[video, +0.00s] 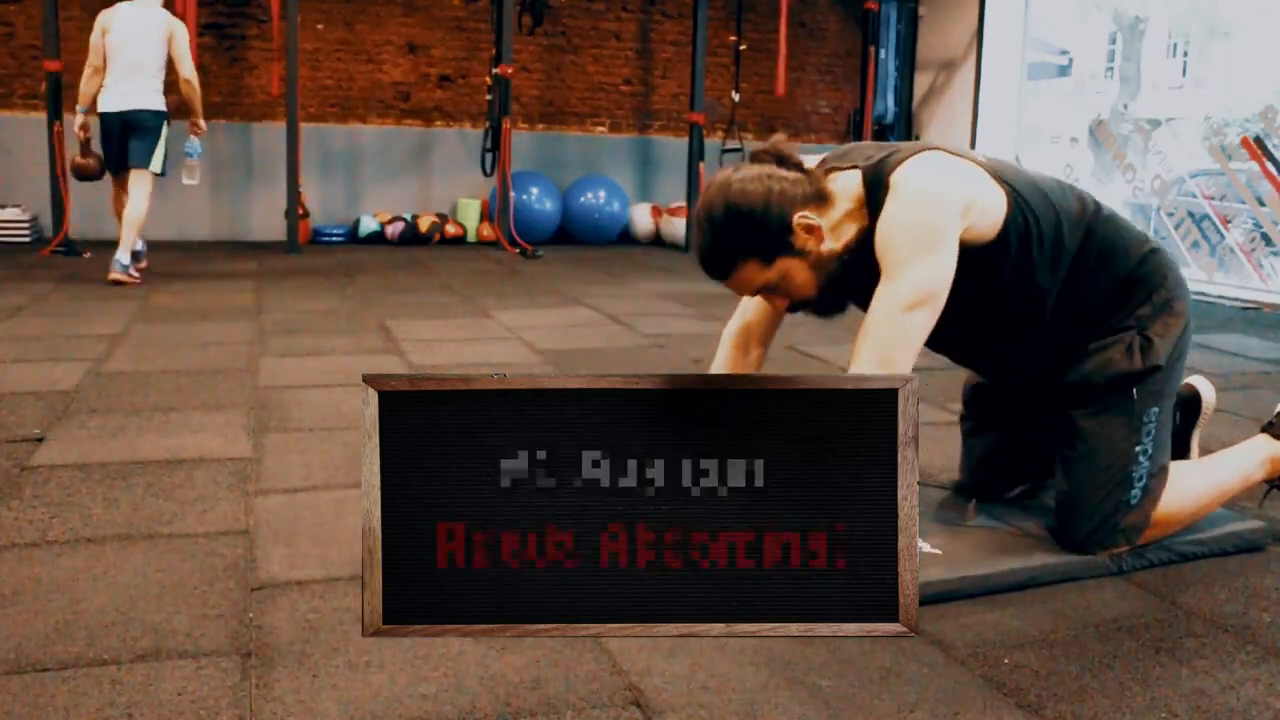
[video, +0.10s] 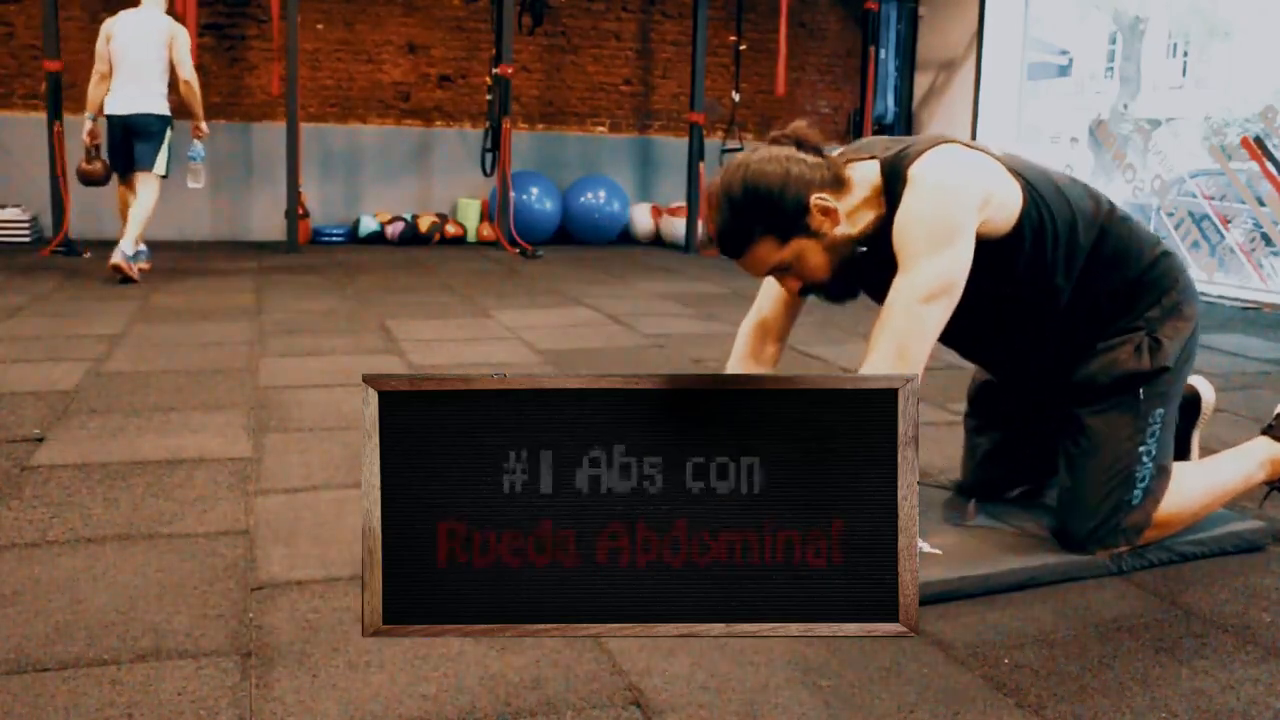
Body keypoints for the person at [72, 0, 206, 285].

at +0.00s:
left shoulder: (105, 17)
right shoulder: (172, 23)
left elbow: (94, 68)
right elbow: (187, 76)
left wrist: (81, 112)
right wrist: (197, 116)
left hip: (110, 111)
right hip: (149, 110)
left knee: (120, 186)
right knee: (140, 189)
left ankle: (135, 247)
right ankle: (121, 261)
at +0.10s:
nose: (168, 8)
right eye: (169, 6)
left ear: (139, 1)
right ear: (165, 4)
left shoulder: (111, 24)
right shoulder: (175, 29)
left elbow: (100, 74)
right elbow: (186, 79)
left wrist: (90, 118)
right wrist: (199, 119)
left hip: (116, 113)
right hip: (153, 114)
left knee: (125, 184)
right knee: (148, 186)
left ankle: (138, 250)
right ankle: (124, 250)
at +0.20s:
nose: (167, 7)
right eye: (168, 5)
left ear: (141, 2)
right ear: (167, 4)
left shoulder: (116, 28)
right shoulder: (178, 29)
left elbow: (107, 78)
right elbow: (189, 78)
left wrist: (98, 122)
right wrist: (201, 118)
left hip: (121, 115)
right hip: (158, 116)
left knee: (129, 184)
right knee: (163, 187)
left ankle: (138, 248)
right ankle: (135, 231)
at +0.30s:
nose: (170, 6)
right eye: (170, 4)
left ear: (144, 2)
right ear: (169, 3)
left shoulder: (119, 27)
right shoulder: (180, 27)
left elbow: (111, 78)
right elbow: (195, 73)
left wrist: (104, 121)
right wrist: (207, 113)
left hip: (128, 113)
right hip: (166, 113)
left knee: (133, 179)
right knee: (173, 179)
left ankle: (139, 252)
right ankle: (149, 226)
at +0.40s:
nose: (174, 6)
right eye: (175, 4)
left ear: (148, 2)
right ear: (174, 3)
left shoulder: (124, 27)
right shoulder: (186, 28)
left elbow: (117, 78)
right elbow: (202, 73)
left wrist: (111, 119)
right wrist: (213, 111)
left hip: (134, 112)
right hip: (173, 112)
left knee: (136, 179)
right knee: (181, 176)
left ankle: (140, 250)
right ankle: (167, 239)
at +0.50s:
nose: (180, 7)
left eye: (175, 5)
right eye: (181, 5)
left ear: (156, 5)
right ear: (182, 6)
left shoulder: (132, 30)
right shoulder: (193, 33)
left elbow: (123, 79)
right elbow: (208, 76)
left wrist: (117, 119)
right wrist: (219, 113)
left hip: (140, 113)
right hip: (177, 114)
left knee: (139, 180)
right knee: (185, 180)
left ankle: (140, 250)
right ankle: (188, 244)